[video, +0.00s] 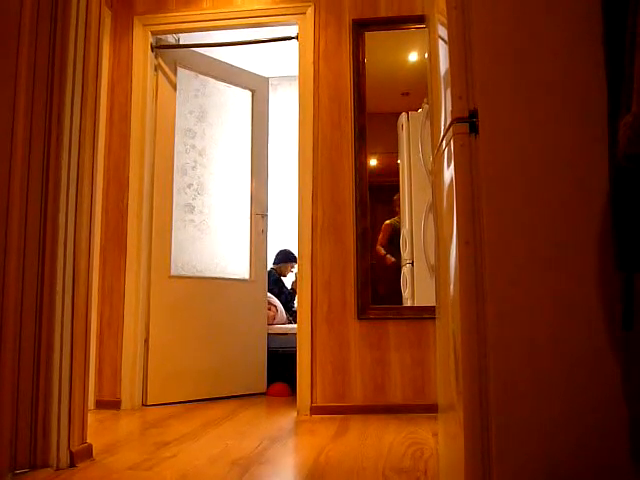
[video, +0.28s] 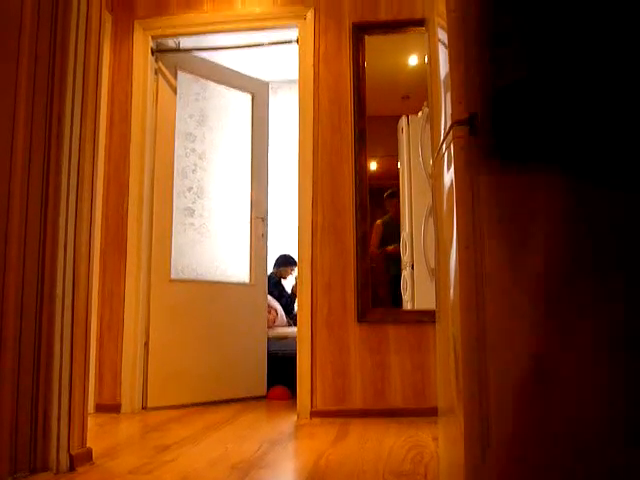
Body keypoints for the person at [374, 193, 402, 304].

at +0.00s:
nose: (401, 208)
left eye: (402, 205)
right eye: (399, 205)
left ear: (407, 206)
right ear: (396, 207)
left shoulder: (413, 223)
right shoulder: (390, 224)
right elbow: (380, 246)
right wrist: (386, 256)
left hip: (411, 265)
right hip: (395, 266)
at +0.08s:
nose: (399, 208)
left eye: (401, 204)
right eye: (397, 205)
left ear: (406, 205)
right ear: (394, 206)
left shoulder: (413, 222)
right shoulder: (388, 224)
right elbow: (379, 246)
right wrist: (386, 254)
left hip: (410, 264)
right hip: (395, 265)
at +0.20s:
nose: (395, 205)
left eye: (397, 202)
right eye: (393, 202)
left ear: (402, 202)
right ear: (389, 202)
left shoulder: (407, 218)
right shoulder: (384, 220)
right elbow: (377, 243)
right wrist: (386, 249)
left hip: (406, 258)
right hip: (390, 259)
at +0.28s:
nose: (395, 208)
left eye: (397, 203)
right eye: (391, 204)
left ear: (401, 204)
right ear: (387, 205)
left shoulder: (407, 222)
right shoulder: (381, 224)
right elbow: (373, 250)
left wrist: (403, 249)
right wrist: (388, 250)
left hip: (408, 268)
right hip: (390, 269)